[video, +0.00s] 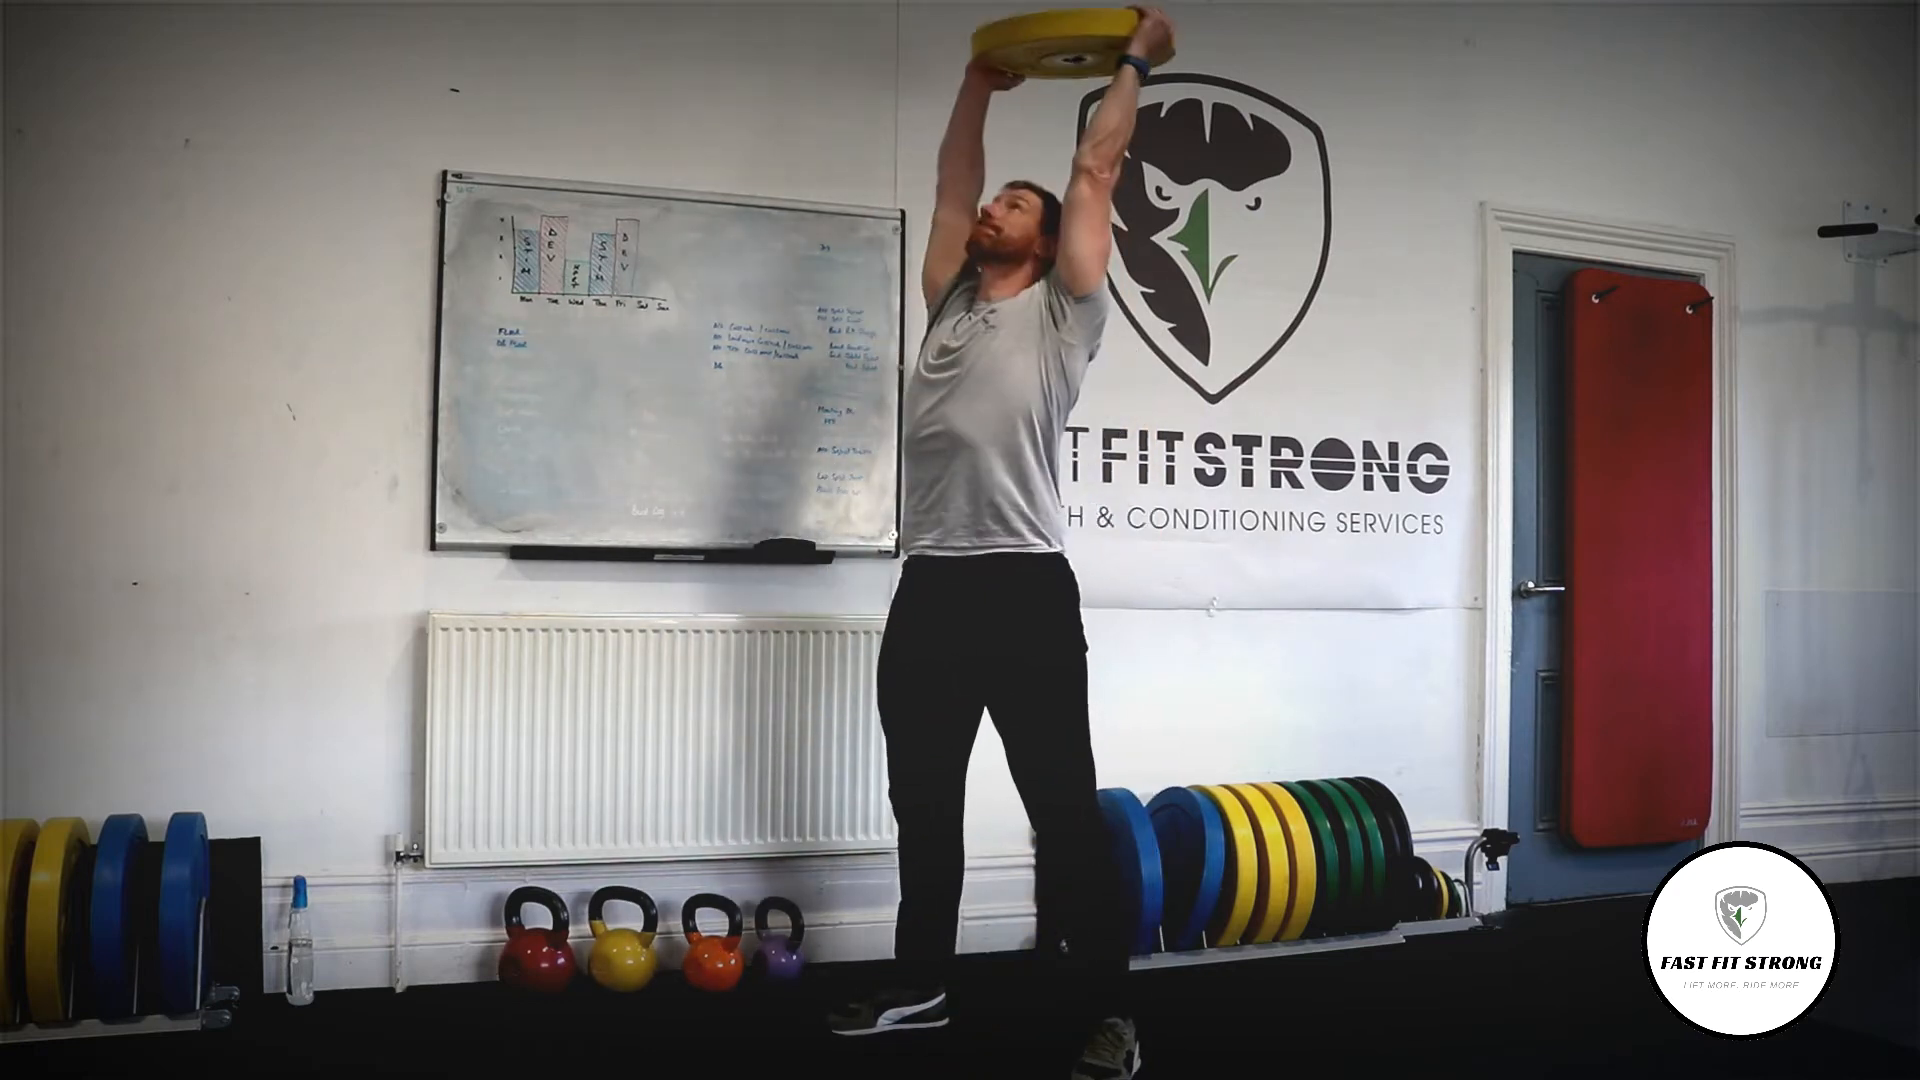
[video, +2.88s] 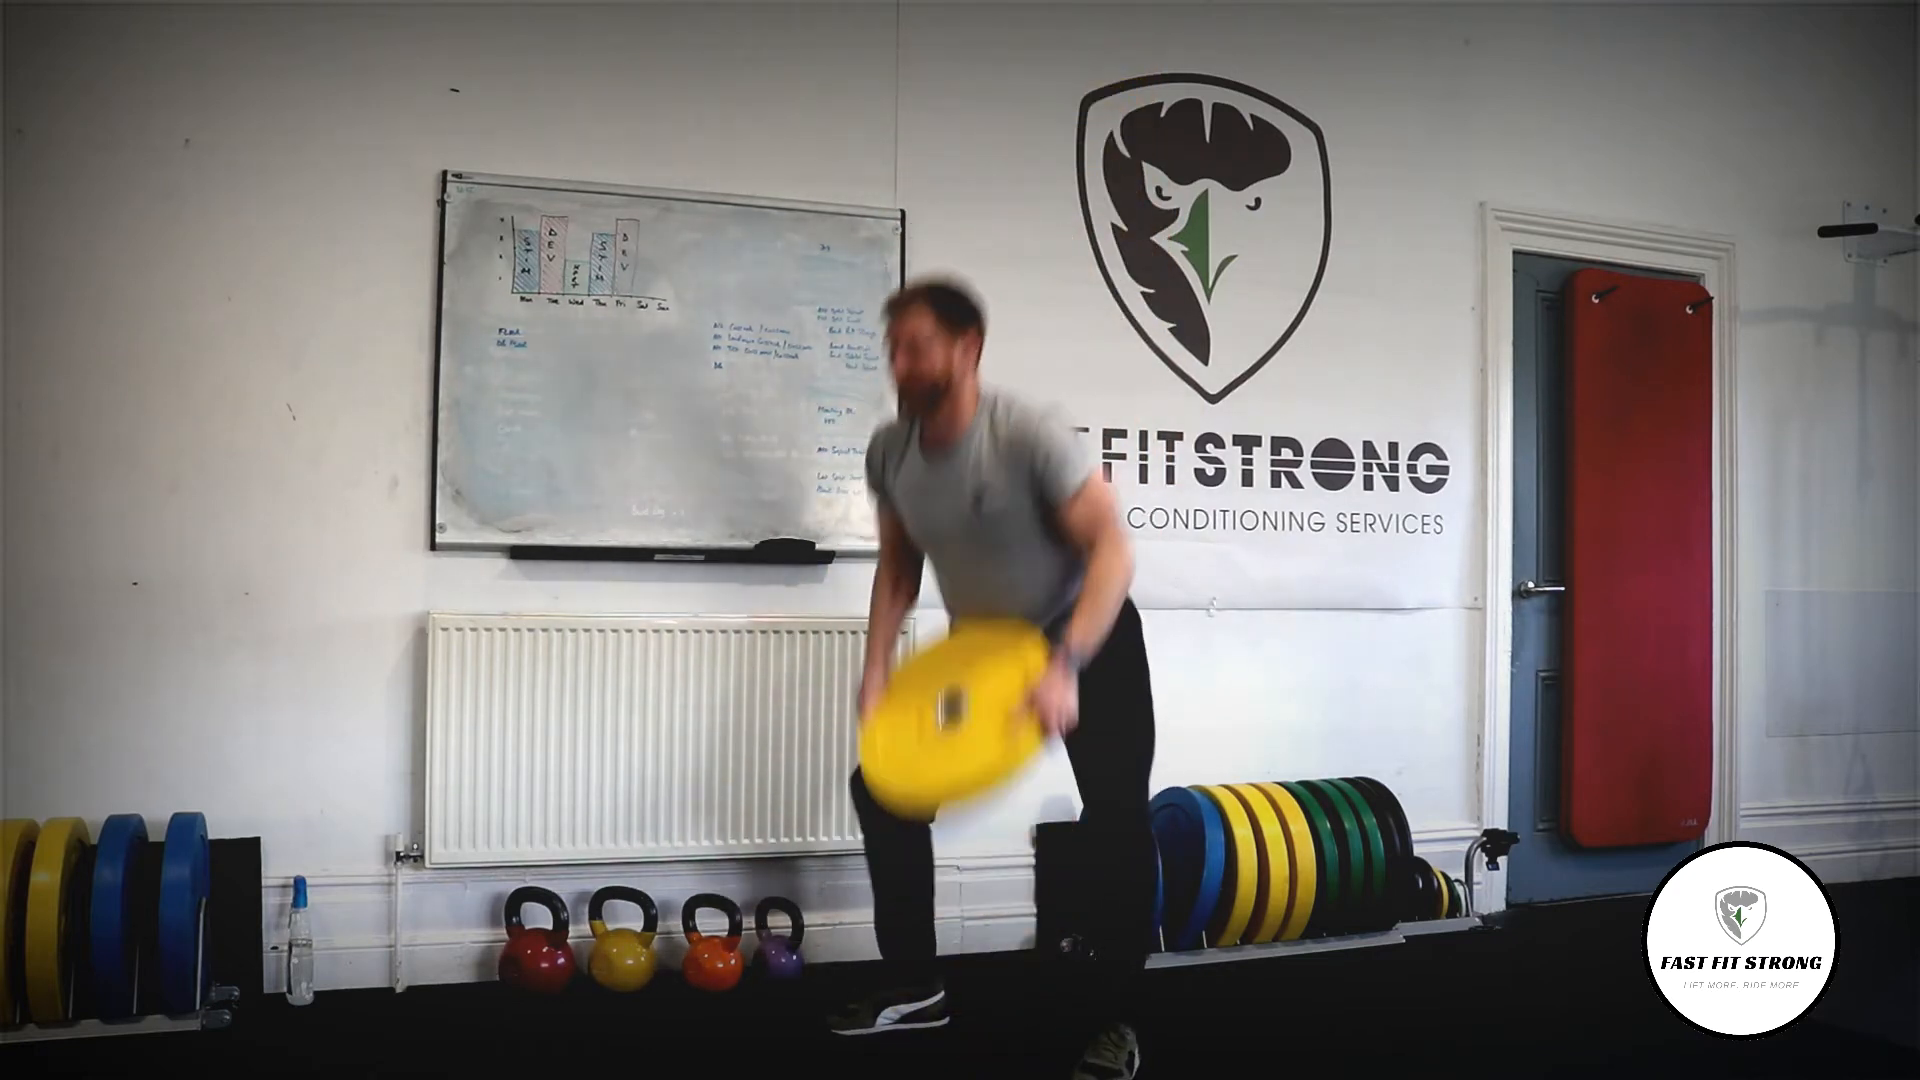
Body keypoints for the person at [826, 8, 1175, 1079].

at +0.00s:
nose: (1000, 205)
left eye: (1019, 201)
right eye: (992, 200)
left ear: (1049, 239)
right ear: (975, 229)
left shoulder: (1065, 311)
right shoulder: (948, 307)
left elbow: (1099, 170)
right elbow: (957, 186)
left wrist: (1136, 59)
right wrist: (979, 79)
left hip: (1026, 593)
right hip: (926, 593)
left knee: (1062, 810)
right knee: (923, 808)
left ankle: (1097, 1014)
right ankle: (922, 993)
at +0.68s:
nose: (1079, 243)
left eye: (1097, 243)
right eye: (1075, 235)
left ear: (1116, 287)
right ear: (1049, 272)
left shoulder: (1108, 357)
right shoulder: (983, 343)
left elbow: (1152, 292)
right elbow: (885, 289)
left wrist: (1129, 181)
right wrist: (938, 195)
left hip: (1050, 599)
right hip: (949, 599)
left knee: (1071, 809)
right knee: (924, 802)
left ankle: (1096, 1011)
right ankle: (923, 988)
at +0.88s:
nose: (1080, 270)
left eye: (1102, 266)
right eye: (1078, 261)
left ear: (1126, 300)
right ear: (1052, 276)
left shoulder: (1117, 371)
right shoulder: (992, 363)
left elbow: (1148, 441)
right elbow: (900, 437)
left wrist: (1105, 326)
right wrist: (918, 333)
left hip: (1053, 594)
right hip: (953, 596)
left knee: (1074, 805)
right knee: (923, 800)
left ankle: (1105, 1010)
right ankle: (923, 989)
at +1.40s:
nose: (1003, 272)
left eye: (1019, 254)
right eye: (996, 258)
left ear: (1068, 256)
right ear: (993, 264)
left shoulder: (1106, 338)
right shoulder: (979, 349)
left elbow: (1148, 457)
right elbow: (936, 455)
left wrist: (1063, 488)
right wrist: (877, 495)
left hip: (1074, 599)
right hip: (980, 601)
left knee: (1088, 802)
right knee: (937, 795)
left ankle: (1108, 1014)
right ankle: (923, 990)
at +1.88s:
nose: (918, 338)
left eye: (929, 318)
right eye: (907, 323)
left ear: (975, 294)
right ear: (901, 315)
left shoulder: (1054, 373)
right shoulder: (909, 393)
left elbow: (1080, 511)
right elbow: (909, 526)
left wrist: (1080, 645)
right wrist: (892, 643)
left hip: (1092, 604)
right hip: (996, 611)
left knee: (1107, 804)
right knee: (935, 782)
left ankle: (1120, 1012)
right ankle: (918, 988)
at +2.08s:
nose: (892, 445)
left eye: (903, 426)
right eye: (881, 430)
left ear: (947, 396)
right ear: (873, 419)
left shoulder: (1036, 473)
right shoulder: (890, 497)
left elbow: (1056, 619)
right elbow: (895, 625)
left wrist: (1068, 761)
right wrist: (890, 755)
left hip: (1103, 649)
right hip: (998, 653)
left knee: (1120, 826)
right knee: (889, 783)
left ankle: (1117, 1019)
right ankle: (916, 985)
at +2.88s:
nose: (902, 362)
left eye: (919, 346)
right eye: (895, 347)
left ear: (968, 348)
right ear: (887, 356)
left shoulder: (1032, 435)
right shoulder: (890, 452)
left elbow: (1114, 550)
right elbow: (898, 565)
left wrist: (1067, 660)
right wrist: (876, 669)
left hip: (1083, 631)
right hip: (983, 642)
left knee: (1117, 814)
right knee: (882, 783)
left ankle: (1115, 1019)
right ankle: (914, 986)